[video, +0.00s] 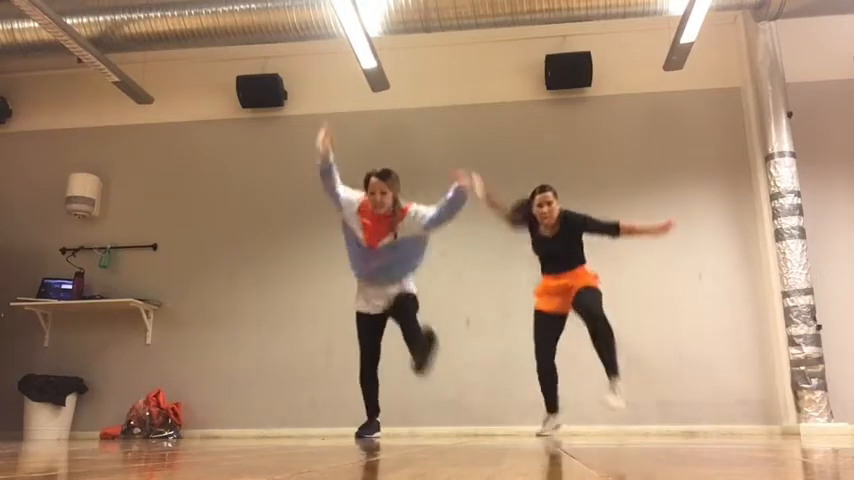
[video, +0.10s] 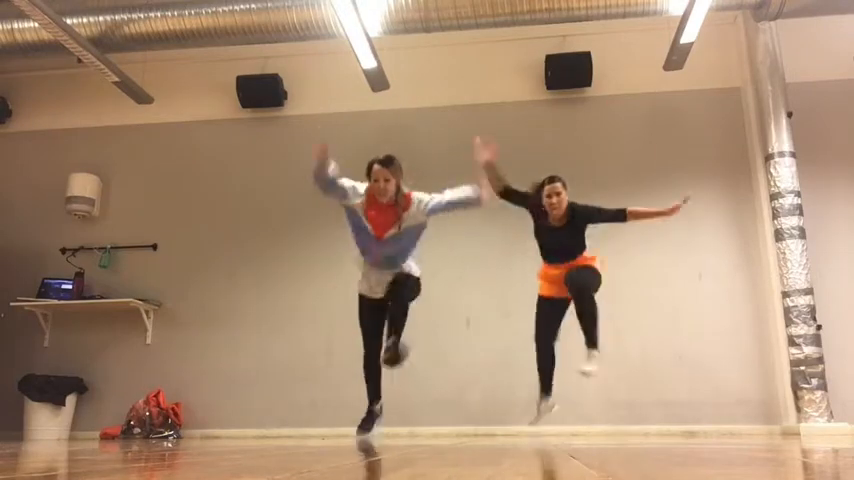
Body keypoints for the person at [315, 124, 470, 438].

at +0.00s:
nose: (377, 199)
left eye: (383, 193)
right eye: (373, 193)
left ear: (395, 193)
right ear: (366, 193)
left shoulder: (411, 216)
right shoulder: (354, 206)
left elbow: (439, 217)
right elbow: (334, 188)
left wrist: (459, 191)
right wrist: (325, 159)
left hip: (401, 287)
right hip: (368, 290)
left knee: (408, 316)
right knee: (368, 359)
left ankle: (421, 352)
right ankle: (372, 419)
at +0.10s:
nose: (381, 186)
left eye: (387, 181)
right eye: (376, 180)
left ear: (398, 181)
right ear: (368, 181)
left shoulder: (416, 205)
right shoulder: (356, 196)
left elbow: (446, 200)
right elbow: (328, 185)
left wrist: (477, 194)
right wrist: (321, 167)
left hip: (403, 275)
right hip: (372, 279)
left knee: (401, 291)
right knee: (371, 349)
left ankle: (392, 345)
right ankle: (374, 406)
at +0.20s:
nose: (384, 178)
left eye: (389, 172)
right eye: (378, 173)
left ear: (401, 173)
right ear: (370, 174)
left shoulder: (416, 204)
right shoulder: (357, 203)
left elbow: (446, 228)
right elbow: (336, 231)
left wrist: (466, 244)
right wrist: (331, 243)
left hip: (404, 280)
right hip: (371, 282)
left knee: (399, 338)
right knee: (371, 337)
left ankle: (392, 393)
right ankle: (374, 358)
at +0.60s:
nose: (378, 171)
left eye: (384, 165)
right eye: (373, 165)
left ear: (397, 165)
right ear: (367, 166)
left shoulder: (416, 186)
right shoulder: (357, 190)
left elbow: (451, 197)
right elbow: (329, 201)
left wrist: (461, 206)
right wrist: (307, 207)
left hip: (410, 268)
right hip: (377, 270)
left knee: (396, 325)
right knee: (382, 332)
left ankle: (379, 381)